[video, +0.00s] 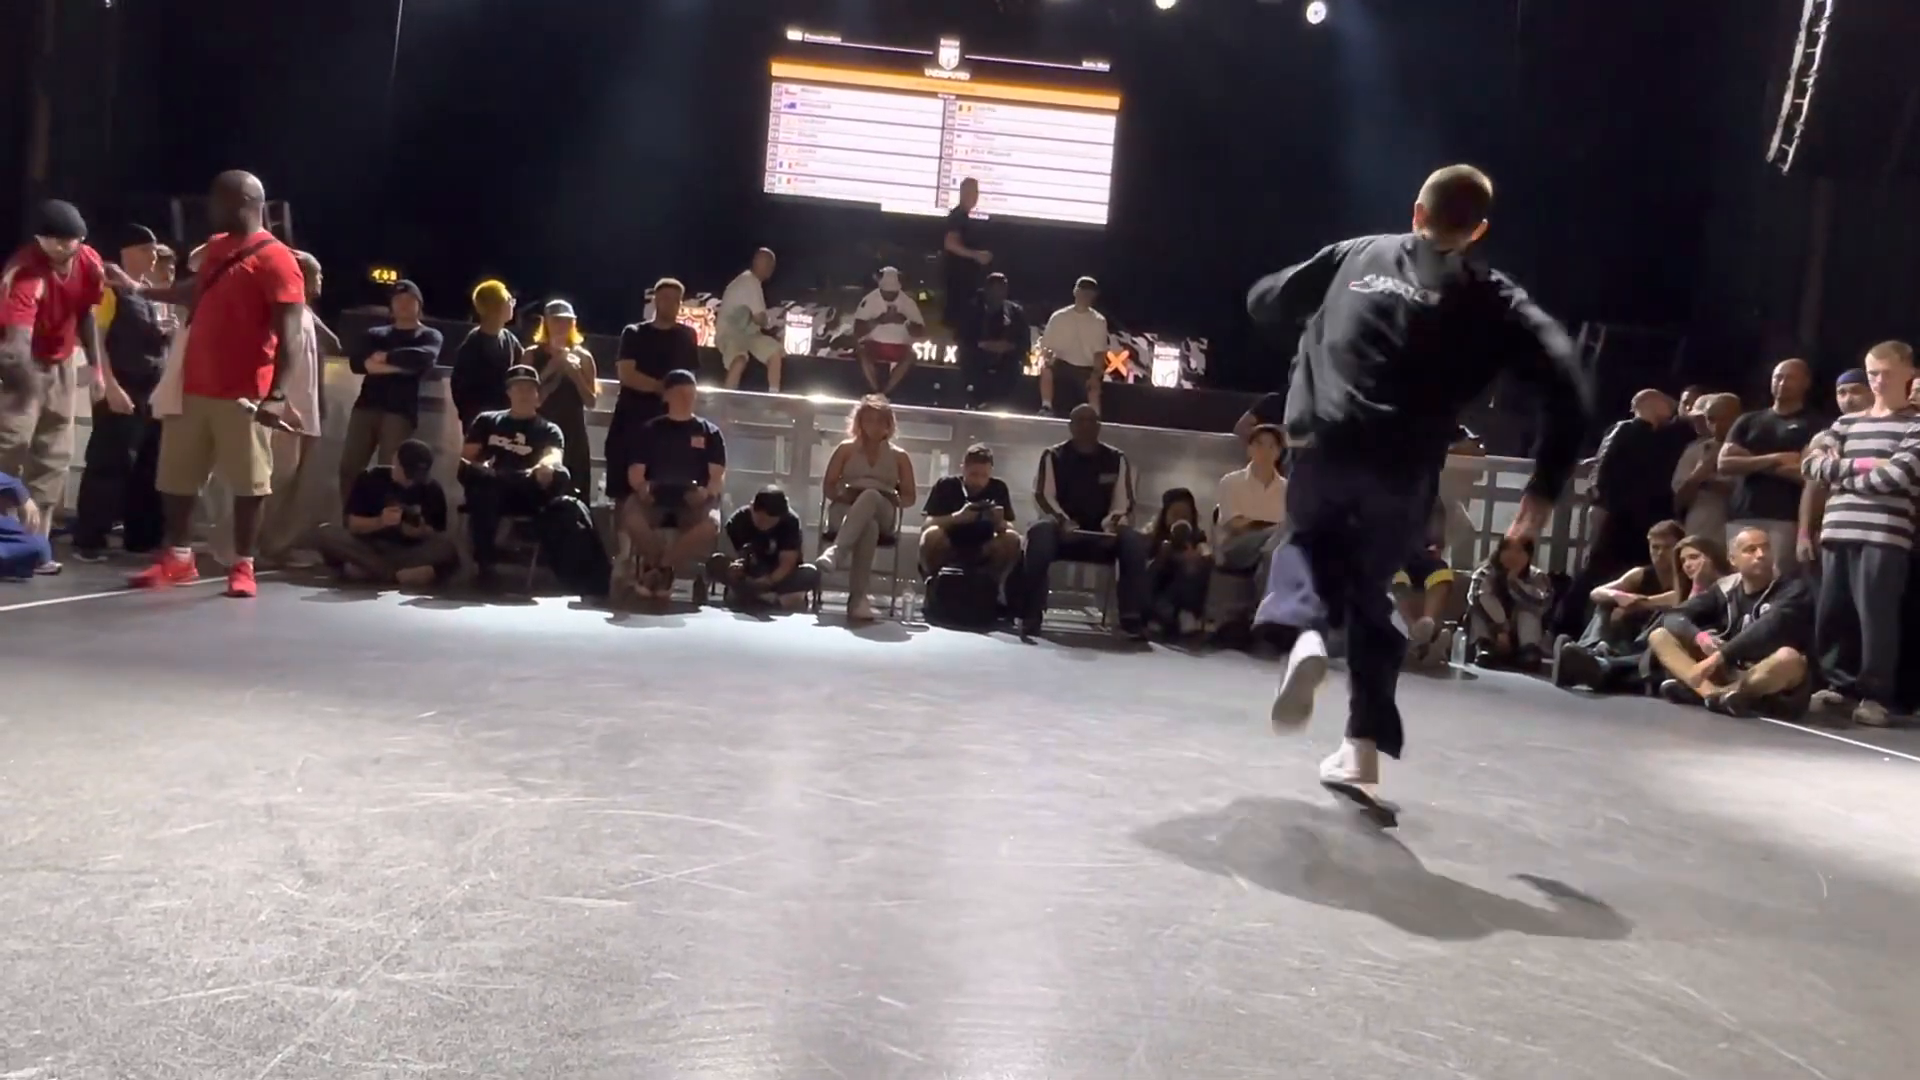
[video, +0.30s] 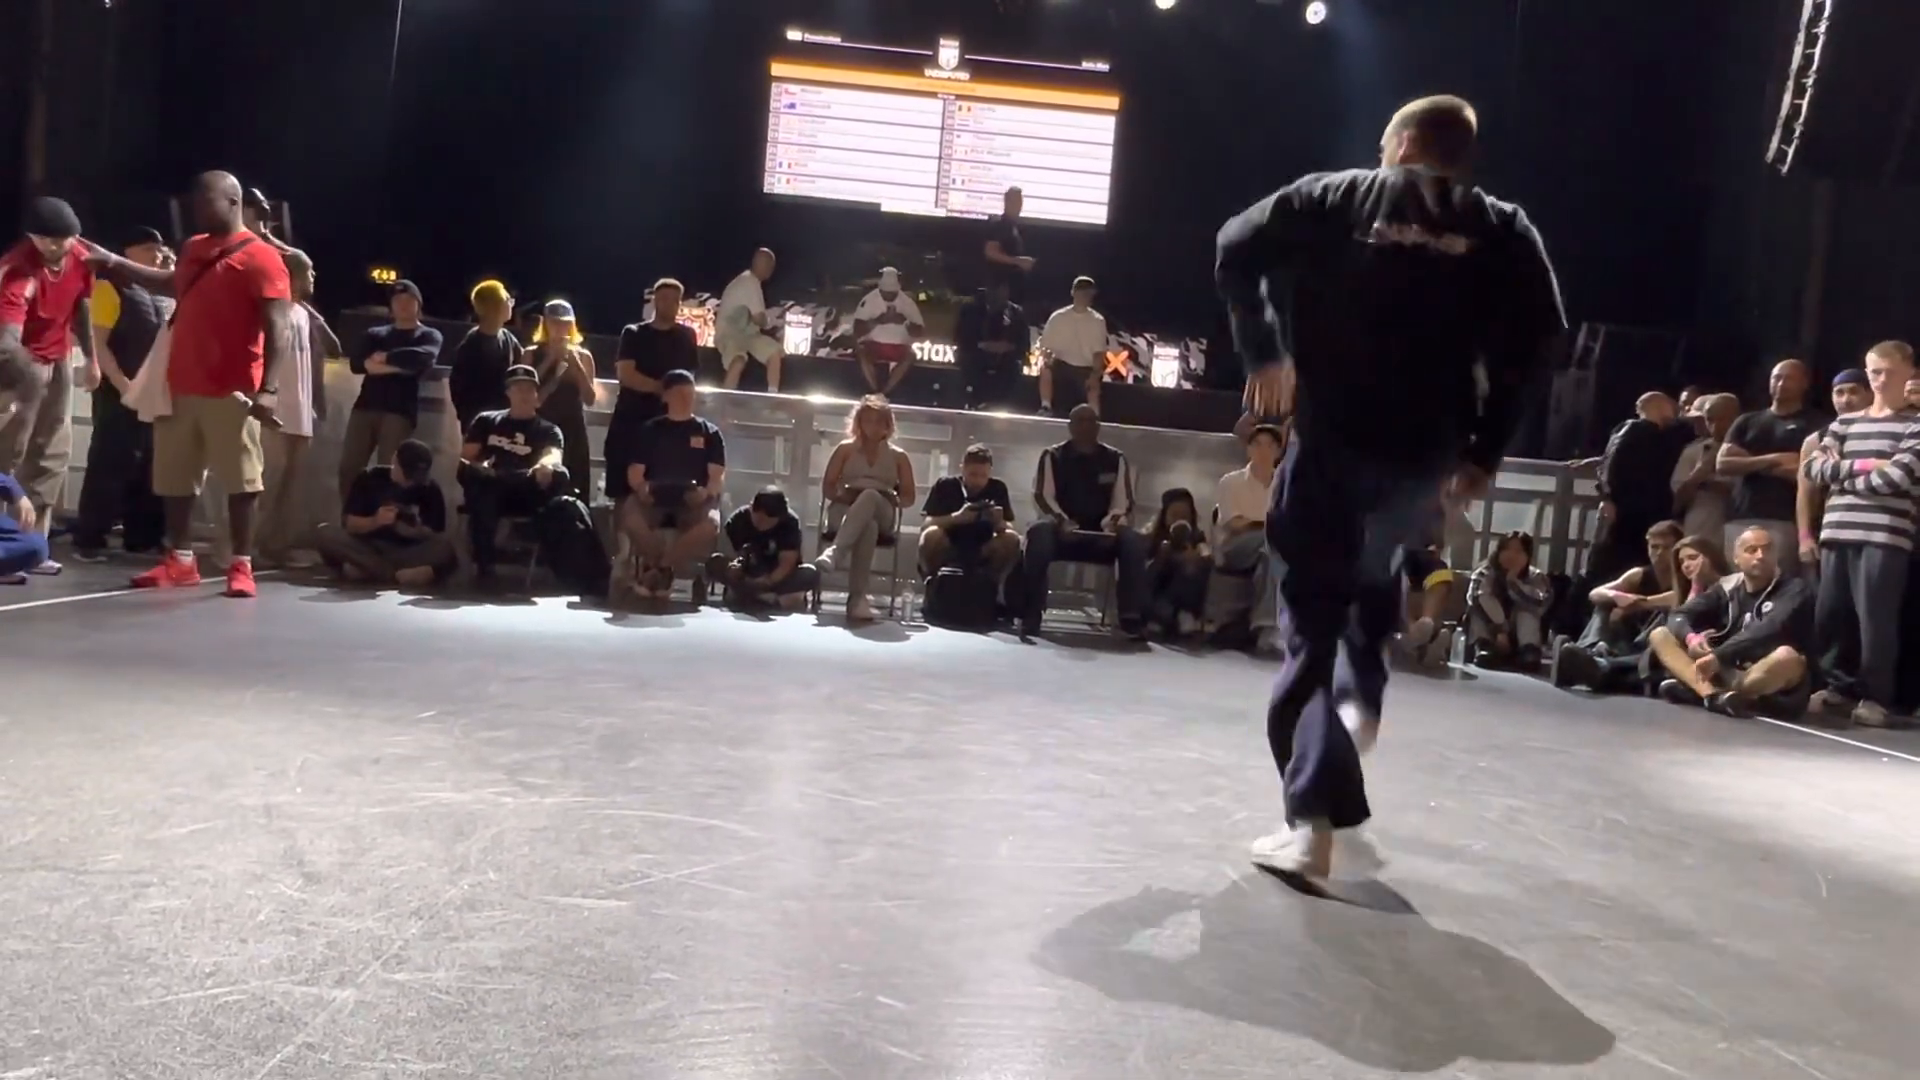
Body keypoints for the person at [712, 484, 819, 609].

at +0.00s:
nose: (762, 524)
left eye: (768, 521)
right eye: (759, 519)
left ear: (779, 517)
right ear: (752, 508)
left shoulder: (790, 522)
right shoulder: (736, 523)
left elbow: (788, 563)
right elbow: (742, 558)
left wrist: (769, 580)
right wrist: (736, 568)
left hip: (780, 570)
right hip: (751, 570)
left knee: (811, 573)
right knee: (716, 564)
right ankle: (775, 600)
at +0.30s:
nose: (759, 523)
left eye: (765, 520)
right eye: (757, 518)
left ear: (778, 518)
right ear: (752, 509)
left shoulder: (790, 523)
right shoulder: (736, 522)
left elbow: (787, 563)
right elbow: (741, 555)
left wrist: (769, 580)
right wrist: (736, 565)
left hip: (778, 569)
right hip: (750, 570)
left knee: (810, 573)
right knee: (715, 563)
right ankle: (775, 600)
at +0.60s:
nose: (760, 523)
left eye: (765, 520)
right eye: (758, 518)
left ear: (777, 518)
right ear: (752, 509)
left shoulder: (789, 523)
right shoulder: (735, 523)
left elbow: (787, 563)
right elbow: (742, 556)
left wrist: (768, 580)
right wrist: (736, 565)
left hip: (778, 568)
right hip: (750, 568)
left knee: (810, 573)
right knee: (715, 563)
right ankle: (774, 600)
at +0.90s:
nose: (773, 524)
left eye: (775, 520)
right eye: (770, 520)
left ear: (779, 515)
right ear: (755, 512)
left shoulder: (790, 522)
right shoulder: (735, 523)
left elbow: (787, 563)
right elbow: (742, 556)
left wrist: (767, 581)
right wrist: (738, 564)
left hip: (779, 567)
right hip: (752, 567)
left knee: (809, 574)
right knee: (716, 562)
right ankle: (776, 600)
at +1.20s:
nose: (767, 526)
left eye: (772, 522)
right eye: (764, 521)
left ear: (779, 517)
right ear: (753, 512)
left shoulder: (790, 524)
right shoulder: (736, 524)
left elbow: (788, 564)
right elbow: (744, 557)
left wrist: (767, 583)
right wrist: (737, 565)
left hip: (780, 570)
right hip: (752, 570)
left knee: (810, 575)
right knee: (716, 563)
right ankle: (776, 601)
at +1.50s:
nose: (770, 525)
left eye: (774, 521)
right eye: (767, 521)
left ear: (779, 516)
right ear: (754, 513)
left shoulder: (790, 523)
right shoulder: (735, 523)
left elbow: (787, 564)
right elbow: (744, 558)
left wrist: (765, 584)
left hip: (779, 570)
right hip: (752, 571)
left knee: (809, 574)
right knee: (715, 563)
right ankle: (777, 601)